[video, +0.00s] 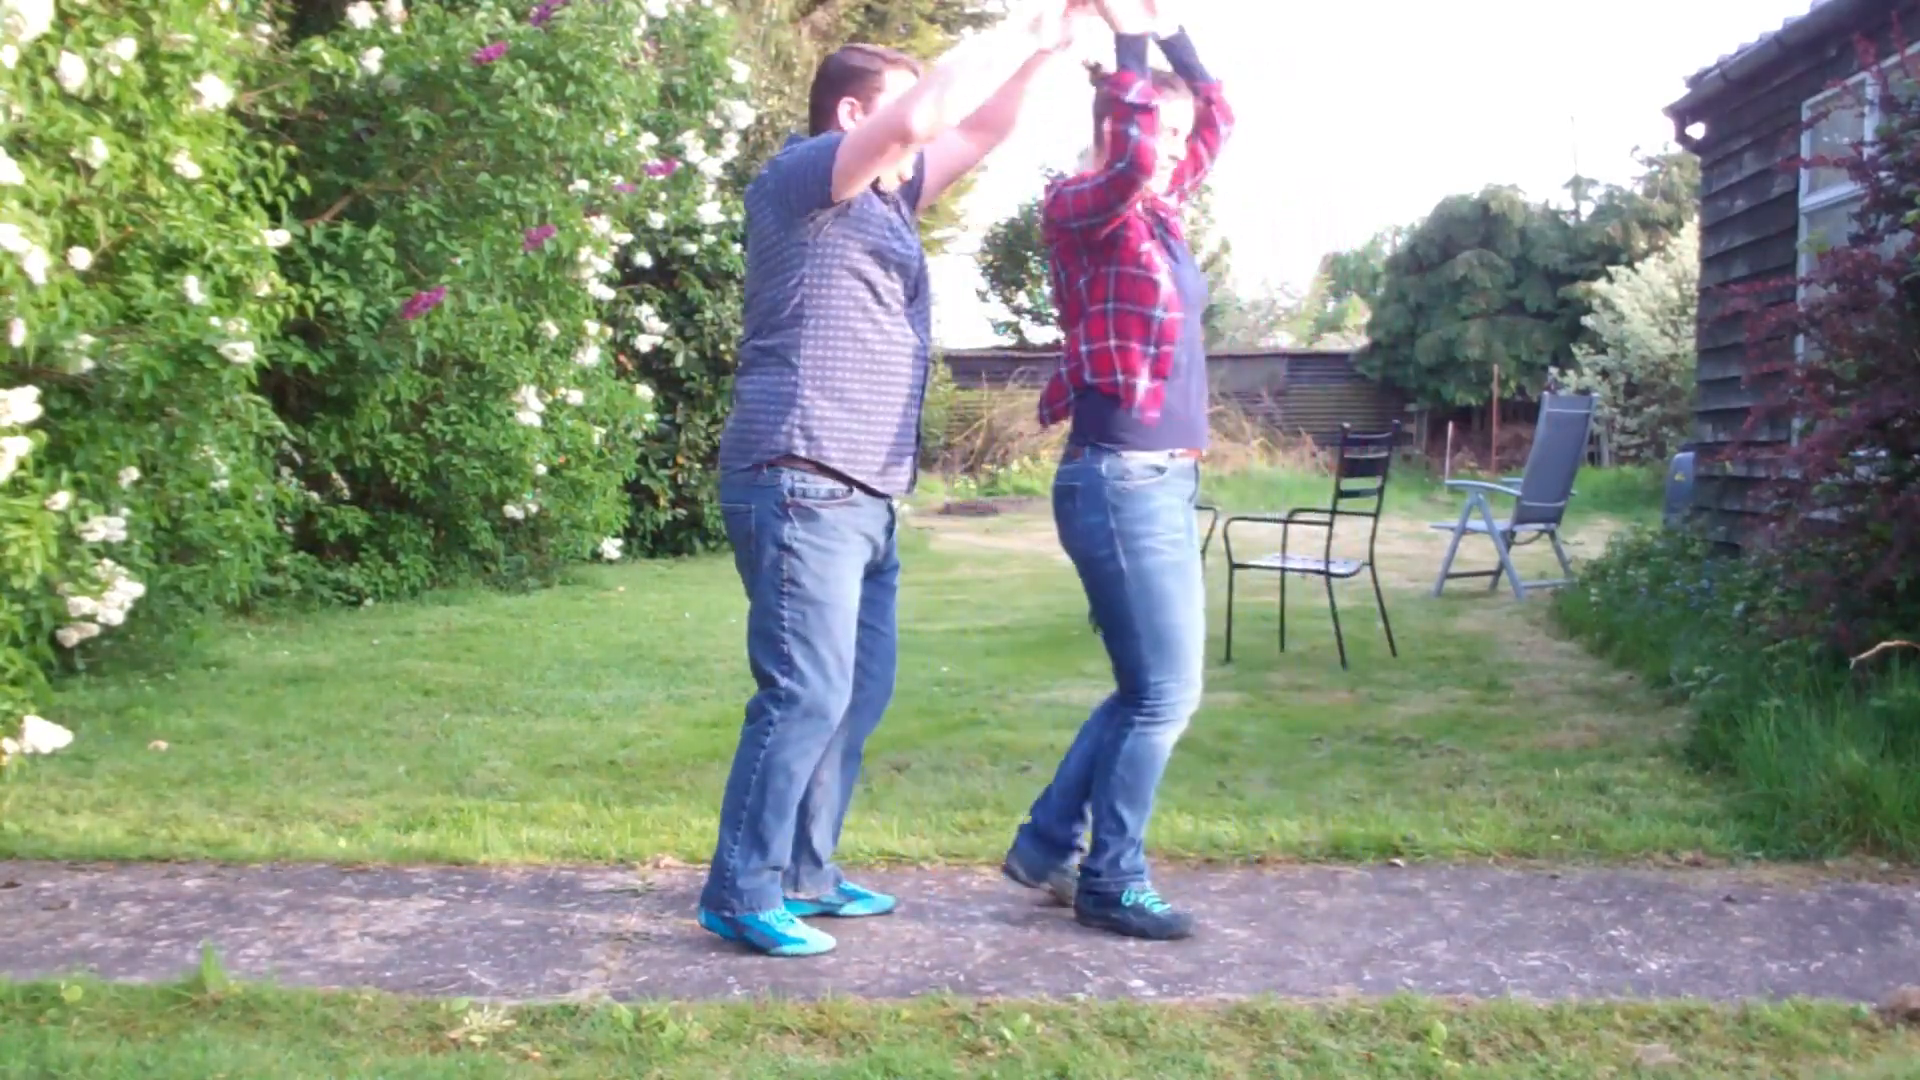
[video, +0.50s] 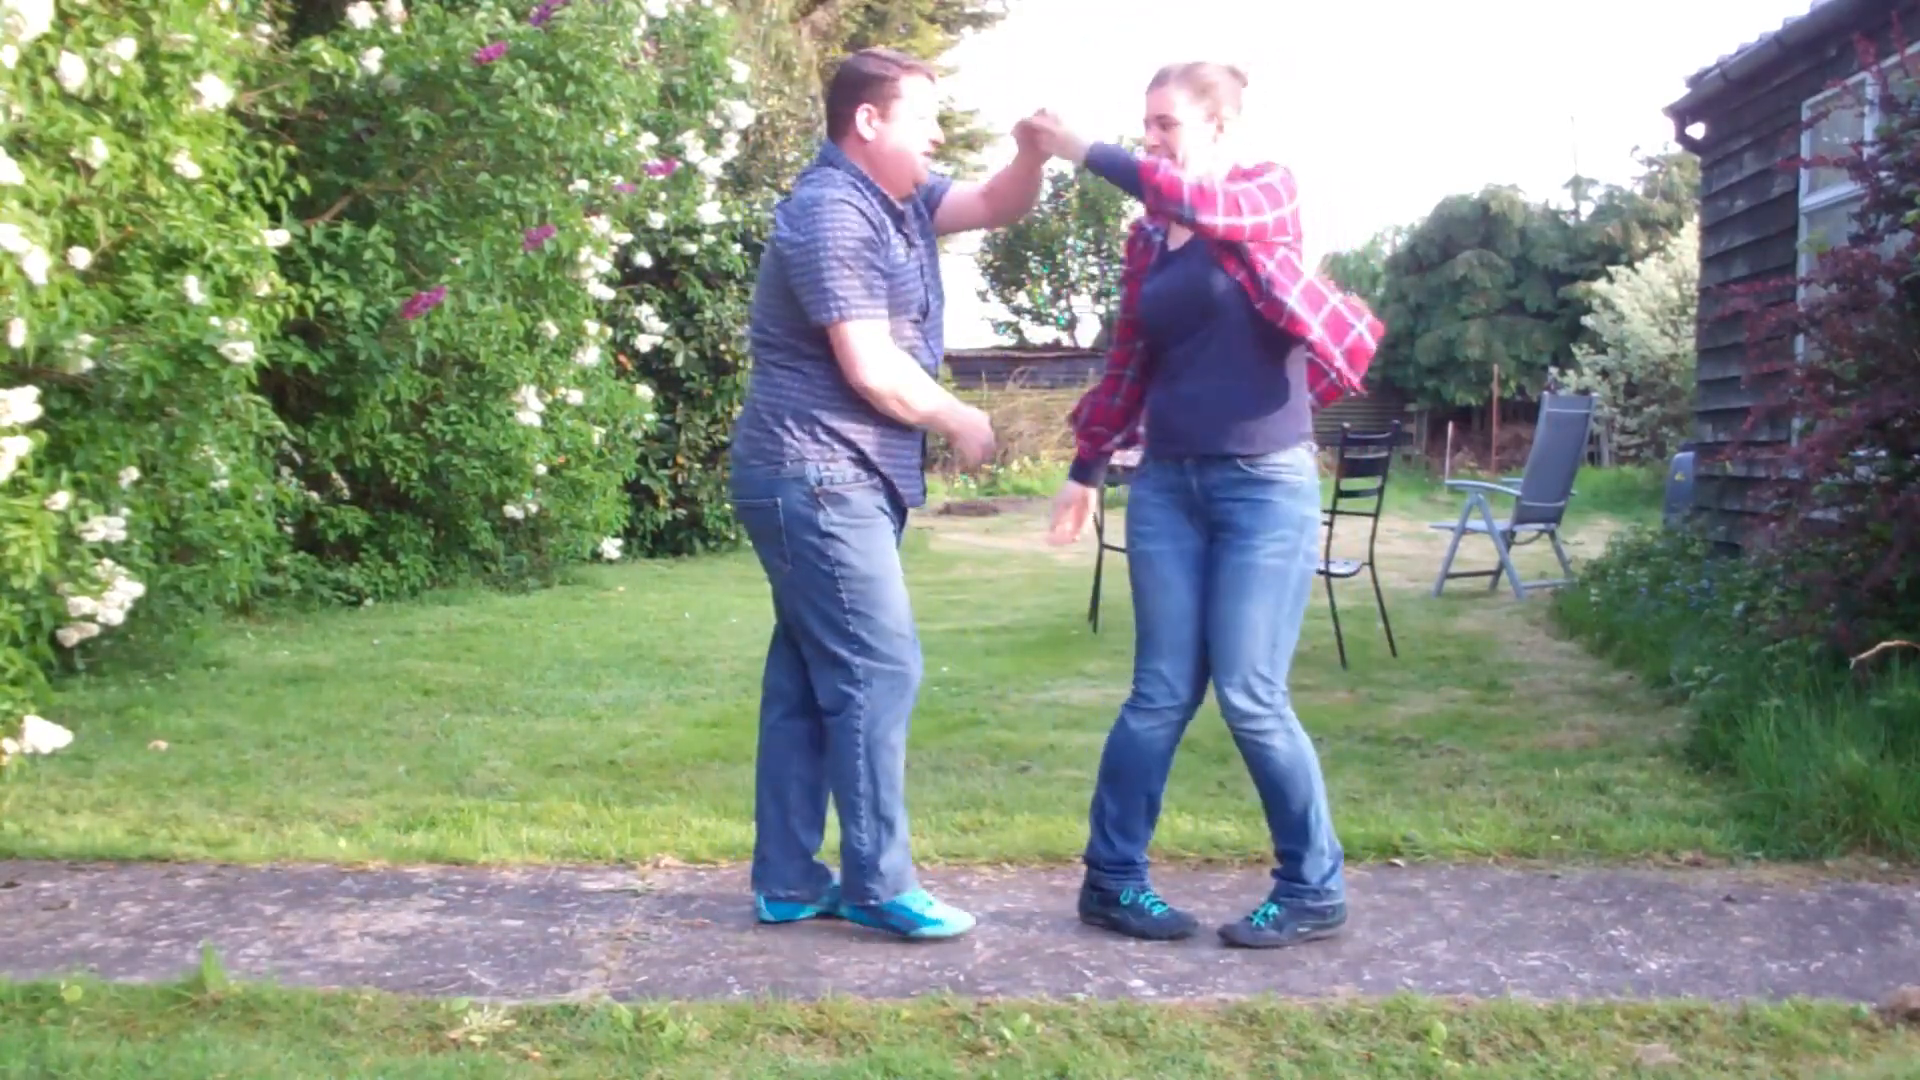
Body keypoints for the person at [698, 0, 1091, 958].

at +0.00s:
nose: (911, 121)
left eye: (915, 106)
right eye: (895, 105)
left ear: (899, 123)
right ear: (839, 110)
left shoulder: (889, 197)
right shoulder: (792, 182)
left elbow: (983, 131)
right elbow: (910, 119)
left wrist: (1050, 47)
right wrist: (1015, 36)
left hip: (867, 498)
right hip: (798, 486)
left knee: (857, 694)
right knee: (804, 693)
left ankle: (807, 871)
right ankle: (739, 893)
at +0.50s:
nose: (936, 143)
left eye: (935, 126)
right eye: (923, 124)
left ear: (875, 123)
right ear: (867, 123)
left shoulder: (897, 196)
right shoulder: (831, 209)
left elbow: (994, 204)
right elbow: (869, 365)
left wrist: (1033, 153)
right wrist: (957, 419)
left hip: (852, 470)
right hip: (811, 470)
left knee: (805, 679)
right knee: (880, 666)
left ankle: (788, 879)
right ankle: (880, 883)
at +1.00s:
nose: (1014, 125)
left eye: (1012, 110)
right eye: (999, 108)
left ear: (956, 120)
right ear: (948, 117)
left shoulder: (978, 220)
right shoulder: (911, 183)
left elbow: (1003, 350)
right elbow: (1044, 162)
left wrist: (1092, 365)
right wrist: (1111, 120)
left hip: (971, 478)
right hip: (921, 471)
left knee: (979, 673)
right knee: (958, 680)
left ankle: (847, 822)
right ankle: (951, 889)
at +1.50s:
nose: (1071, 125)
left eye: (1086, 113)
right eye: (1053, 112)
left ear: (1107, 134)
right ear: (1022, 125)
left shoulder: (1112, 229)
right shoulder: (980, 196)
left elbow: (1130, 357)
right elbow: (1007, 84)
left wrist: (1143, 456)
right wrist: (1032, 63)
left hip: (1104, 507)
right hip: (1003, 499)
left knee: (1120, 689)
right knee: (1046, 687)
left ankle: (1095, 861)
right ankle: (1000, 874)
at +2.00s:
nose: (969, 124)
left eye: (976, 106)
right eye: (974, 106)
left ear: (1006, 106)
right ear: (1056, 108)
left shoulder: (1016, 198)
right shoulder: (1085, 191)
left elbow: (950, 350)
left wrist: (902, 340)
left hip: (1027, 483)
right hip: (1074, 477)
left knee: (966, 677)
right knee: (1013, 679)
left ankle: (1064, 880)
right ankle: (1066, 873)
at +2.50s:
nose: (1027, 110)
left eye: (1012, 99)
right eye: (1022, 99)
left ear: (933, 117)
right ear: (1017, 108)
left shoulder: (877, 229)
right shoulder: (1061, 160)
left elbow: (869, 380)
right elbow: (1092, 76)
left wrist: (950, 355)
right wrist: (1068, 15)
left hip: (948, 493)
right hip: (1073, 475)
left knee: (974, 726)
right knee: (1076, 712)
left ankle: (990, 943)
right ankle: (1082, 912)